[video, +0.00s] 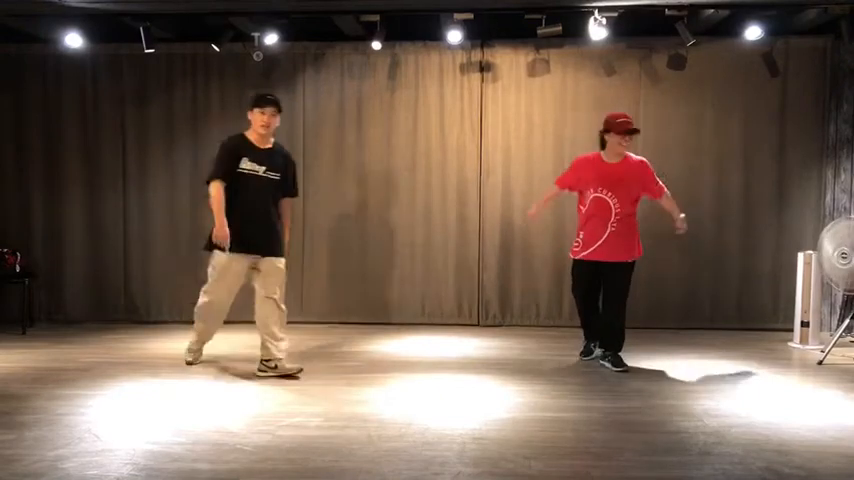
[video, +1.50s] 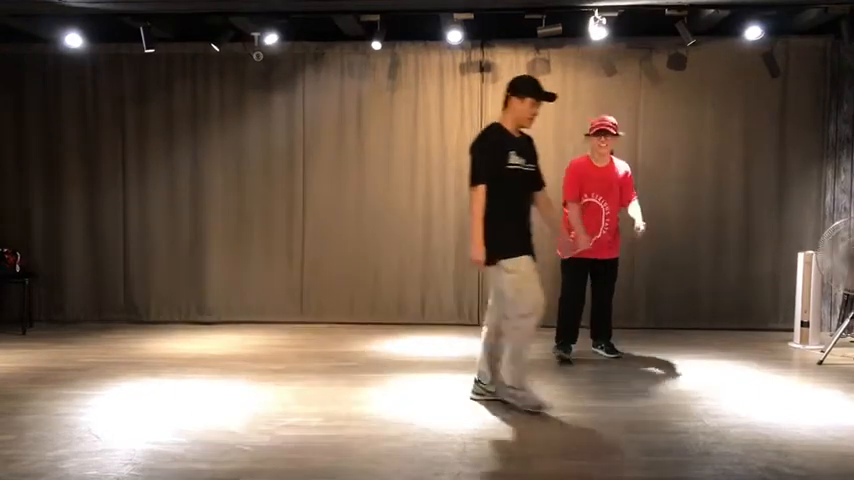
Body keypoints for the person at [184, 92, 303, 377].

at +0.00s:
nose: (267, 119)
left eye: (273, 114)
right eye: (262, 113)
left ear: (278, 120)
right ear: (250, 116)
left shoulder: (283, 159)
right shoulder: (233, 147)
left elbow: (285, 201)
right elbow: (216, 184)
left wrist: (285, 238)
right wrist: (220, 223)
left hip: (270, 241)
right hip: (235, 239)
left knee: (272, 302)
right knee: (214, 299)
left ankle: (271, 358)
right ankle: (198, 341)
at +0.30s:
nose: (304, 116)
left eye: (309, 111)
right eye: (298, 110)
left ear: (313, 115)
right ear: (284, 111)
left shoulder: (316, 150)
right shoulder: (265, 146)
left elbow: (330, 192)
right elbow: (251, 187)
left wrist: (344, 227)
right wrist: (252, 228)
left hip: (306, 235)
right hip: (277, 234)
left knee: (294, 299)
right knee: (292, 295)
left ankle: (273, 358)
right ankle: (281, 362)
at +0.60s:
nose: (344, 119)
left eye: (349, 113)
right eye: (337, 112)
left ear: (354, 118)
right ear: (325, 115)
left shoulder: (357, 154)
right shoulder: (312, 154)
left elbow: (371, 197)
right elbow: (303, 201)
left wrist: (387, 229)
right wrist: (306, 246)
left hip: (350, 244)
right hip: (327, 245)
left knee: (320, 304)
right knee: (347, 307)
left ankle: (282, 351)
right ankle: (366, 372)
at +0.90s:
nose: (402, 111)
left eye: (407, 106)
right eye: (396, 104)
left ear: (410, 111)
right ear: (381, 105)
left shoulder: (406, 148)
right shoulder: (366, 142)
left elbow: (411, 194)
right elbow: (367, 191)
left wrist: (413, 233)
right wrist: (386, 235)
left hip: (403, 239)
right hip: (372, 242)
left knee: (424, 292)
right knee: (372, 309)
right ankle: (369, 372)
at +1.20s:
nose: (464, 111)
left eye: (469, 107)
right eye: (458, 104)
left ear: (472, 112)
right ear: (443, 105)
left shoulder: (464, 152)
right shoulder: (428, 142)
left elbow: (463, 201)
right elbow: (429, 192)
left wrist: (465, 241)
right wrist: (450, 235)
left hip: (461, 246)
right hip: (429, 246)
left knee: (470, 315)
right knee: (409, 314)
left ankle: (485, 379)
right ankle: (380, 366)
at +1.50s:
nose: (536, 112)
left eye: (538, 106)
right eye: (532, 104)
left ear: (524, 106)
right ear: (512, 101)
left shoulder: (525, 143)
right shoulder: (488, 140)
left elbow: (539, 194)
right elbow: (478, 193)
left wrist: (561, 231)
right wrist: (477, 242)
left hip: (519, 240)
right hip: (500, 242)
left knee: (500, 312)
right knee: (528, 305)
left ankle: (486, 378)